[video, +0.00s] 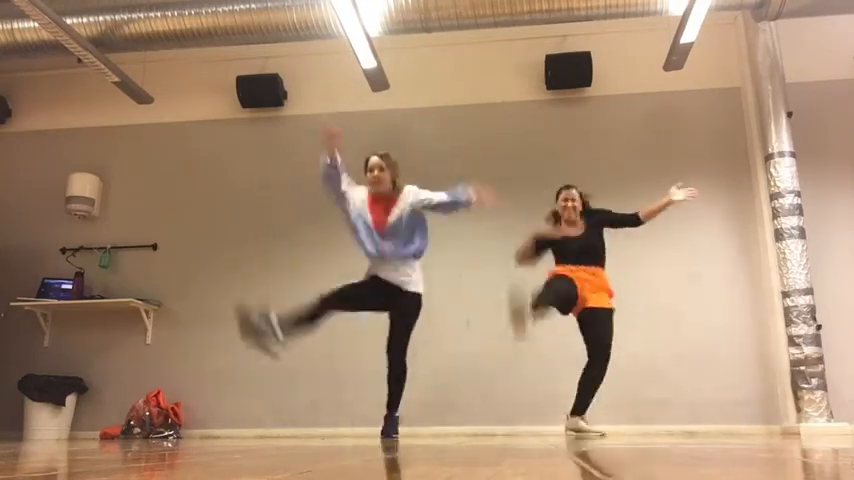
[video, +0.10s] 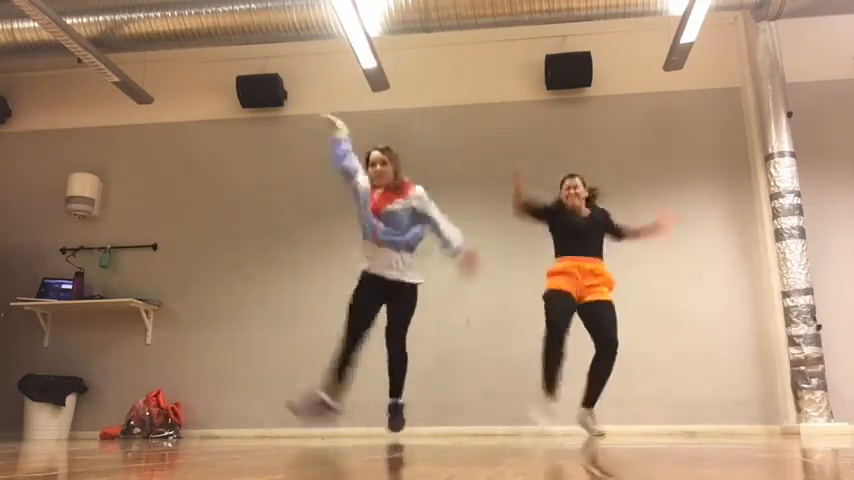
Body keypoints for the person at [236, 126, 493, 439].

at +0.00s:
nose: (374, 174)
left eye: (380, 169)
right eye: (370, 170)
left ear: (393, 174)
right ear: (365, 174)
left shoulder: (410, 198)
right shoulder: (358, 198)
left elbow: (441, 201)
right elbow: (335, 184)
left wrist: (467, 195)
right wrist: (331, 156)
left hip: (407, 290)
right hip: (377, 284)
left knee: (396, 355)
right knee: (330, 300)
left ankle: (391, 420)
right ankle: (280, 329)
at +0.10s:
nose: (376, 168)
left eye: (382, 163)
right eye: (372, 165)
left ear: (394, 166)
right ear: (369, 170)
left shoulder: (414, 194)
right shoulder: (365, 192)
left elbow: (439, 222)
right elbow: (346, 165)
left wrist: (460, 249)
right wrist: (340, 133)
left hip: (405, 281)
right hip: (373, 277)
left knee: (396, 342)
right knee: (352, 336)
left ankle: (396, 403)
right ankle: (331, 396)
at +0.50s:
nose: (379, 152)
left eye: (384, 148)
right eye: (373, 149)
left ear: (393, 152)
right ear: (366, 153)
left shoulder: (403, 169)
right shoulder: (355, 179)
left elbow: (419, 144)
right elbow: (331, 201)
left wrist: (421, 116)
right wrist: (357, 195)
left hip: (407, 257)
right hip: (376, 258)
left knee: (398, 303)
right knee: (329, 266)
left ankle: (425, 360)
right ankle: (362, 311)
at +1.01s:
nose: (398, 173)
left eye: (402, 168)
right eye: (392, 169)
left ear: (412, 172)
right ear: (385, 174)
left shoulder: (422, 201)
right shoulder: (374, 193)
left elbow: (434, 187)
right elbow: (355, 170)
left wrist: (429, 159)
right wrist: (366, 139)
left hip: (400, 286)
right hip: (367, 281)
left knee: (409, 353)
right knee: (338, 334)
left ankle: (407, 417)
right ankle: (310, 380)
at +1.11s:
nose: (392, 172)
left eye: (397, 168)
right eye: (387, 168)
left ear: (407, 171)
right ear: (380, 173)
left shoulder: (421, 196)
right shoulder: (370, 198)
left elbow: (442, 177)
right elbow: (352, 186)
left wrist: (452, 144)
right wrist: (347, 167)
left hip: (404, 292)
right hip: (370, 285)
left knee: (425, 349)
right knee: (317, 296)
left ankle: (416, 411)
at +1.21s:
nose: (384, 175)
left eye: (389, 170)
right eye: (379, 171)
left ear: (401, 174)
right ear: (374, 177)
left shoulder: (417, 204)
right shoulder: (371, 212)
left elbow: (446, 210)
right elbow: (358, 235)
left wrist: (466, 189)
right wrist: (340, 235)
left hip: (407, 290)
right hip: (377, 285)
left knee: (413, 356)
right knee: (326, 275)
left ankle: (423, 416)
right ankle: (357, 317)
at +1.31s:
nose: (378, 181)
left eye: (385, 176)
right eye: (374, 176)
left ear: (397, 179)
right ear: (370, 180)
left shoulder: (411, 208)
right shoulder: (375, 216)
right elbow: (365, 250)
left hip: (412, 297)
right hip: (382, 294)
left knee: (411, 357)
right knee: (332, 302)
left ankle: (431, 416)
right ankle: (359, 353)